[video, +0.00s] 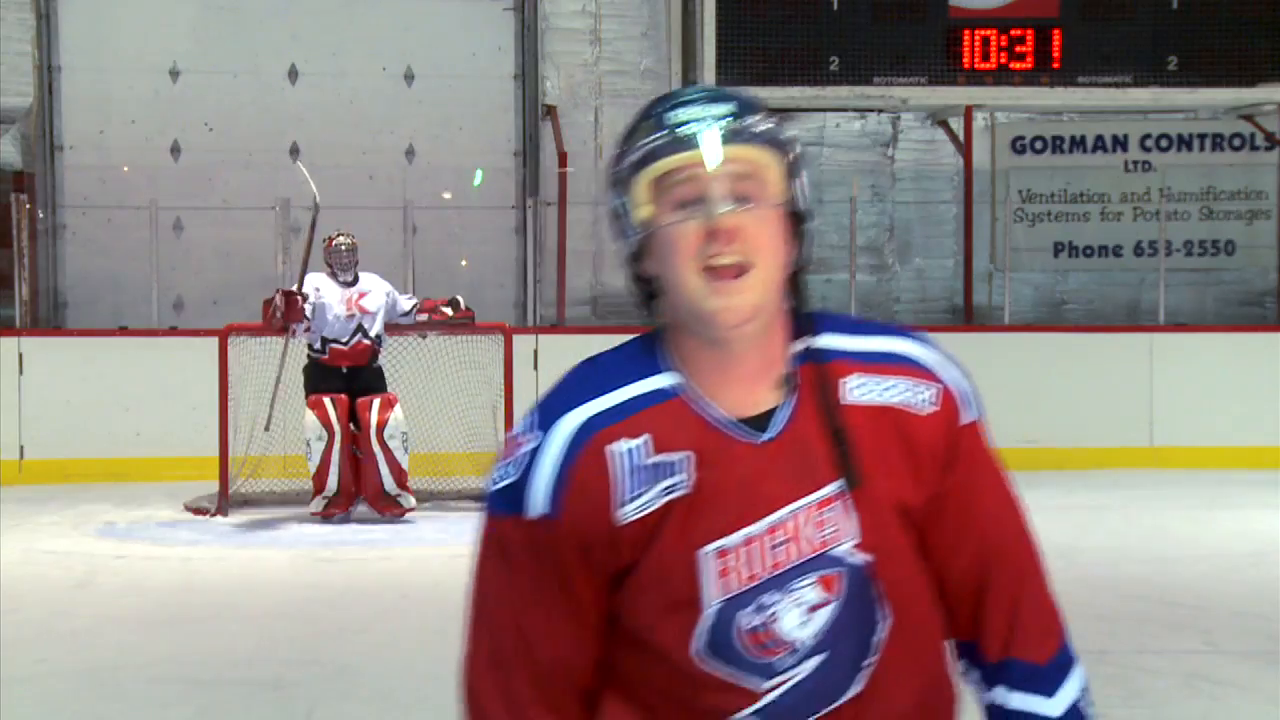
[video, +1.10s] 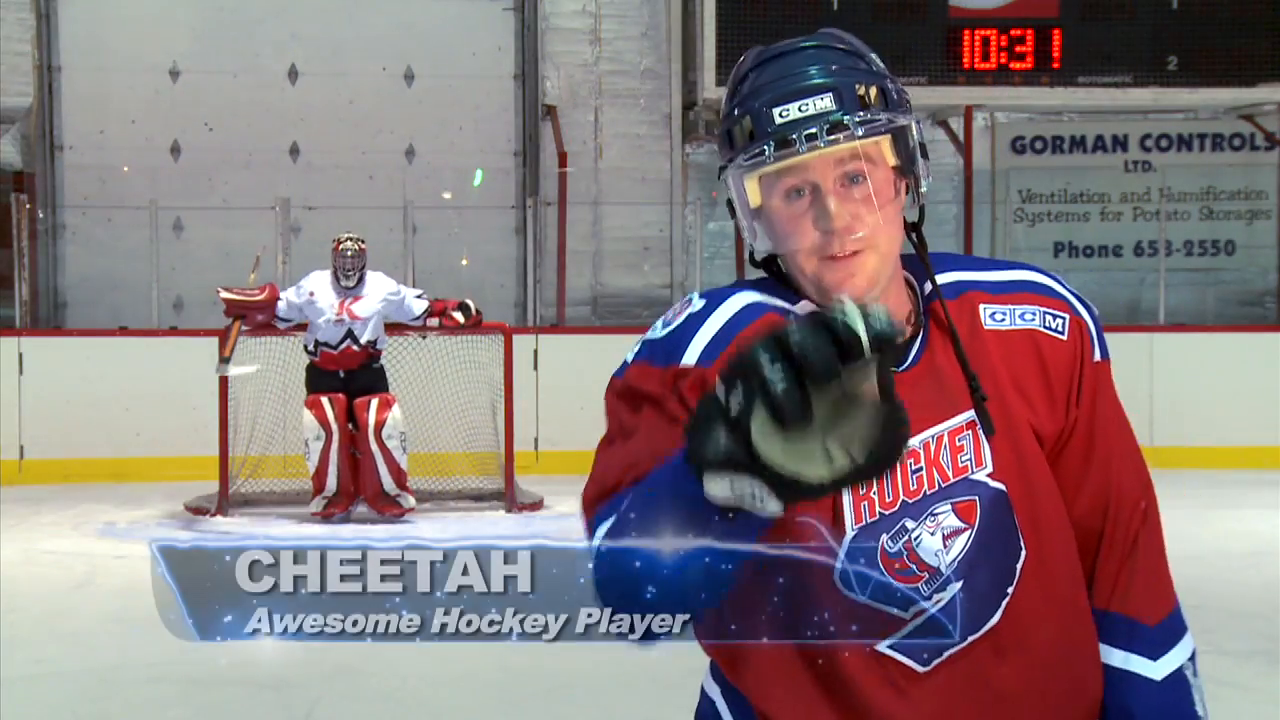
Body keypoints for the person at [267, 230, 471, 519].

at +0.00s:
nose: (344, 259)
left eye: (349, 253)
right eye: (338, 254)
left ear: (356, 254)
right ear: (328, 257)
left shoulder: (375, 284)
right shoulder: (315, 284)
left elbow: (404, 308)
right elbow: (301, 321)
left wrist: (442, 307)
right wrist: (291, 309)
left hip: (366, 372)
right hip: (325, 374)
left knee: (382, 429)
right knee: (330, 432)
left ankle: (388, 499)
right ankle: (332, 501)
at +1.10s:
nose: (349, 262)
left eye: (355, 256)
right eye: (343, 256)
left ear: (363, 259)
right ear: (334, 259)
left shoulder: (381, 287)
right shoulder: (314, 285)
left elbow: (419, 308)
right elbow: (280, 311)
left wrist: (452, 310)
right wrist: (247, 308)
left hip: (367, 372)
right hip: (324, 373)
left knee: (380, 430)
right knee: (328, 433)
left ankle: (385, 498)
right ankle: (334, 500)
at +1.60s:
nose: (339, 267)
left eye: (344, 261)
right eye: (333, 261)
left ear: (353, 261)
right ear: (323, 262)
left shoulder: (373, 286)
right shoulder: (306, 287)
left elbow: (403, 312)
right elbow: (276, 309)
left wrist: (426, 329)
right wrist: (242, 311)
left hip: (365, 373)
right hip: (323, 375)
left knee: (374, 433)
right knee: (326, 435)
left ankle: (387, 500)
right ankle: (334, 500)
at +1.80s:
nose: (335, 263)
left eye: (340, 257)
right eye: (329, 258)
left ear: (349, 259)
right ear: (319, 260)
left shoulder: (369, 286)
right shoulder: (303, 287)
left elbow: (400, 321)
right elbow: (271, 308)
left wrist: (397, 347)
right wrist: (234, 309)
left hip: (363, 371)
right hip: (322, 374)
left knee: (372, 431)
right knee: (327, 433)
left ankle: (390, 499)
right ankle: (334, 499)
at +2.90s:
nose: (338, 263)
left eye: (343, 257)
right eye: (332, 258)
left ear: (351, 259)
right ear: (322, 260)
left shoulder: (372, 289)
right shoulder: (307, 289)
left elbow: (392, 329)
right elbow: (281, 310)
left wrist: (362, 342)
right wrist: (248, 311)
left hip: (363, 374)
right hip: (322, 375)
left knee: (368, 432)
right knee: (322, 433)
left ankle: (391, 498)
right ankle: (332, 499)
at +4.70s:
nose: (343, 263)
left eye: (348, 257)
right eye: (337, 257)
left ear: (357, 259)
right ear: (328, 259)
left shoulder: (375, 290)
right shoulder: (310, 286)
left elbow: (406, 319)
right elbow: (278, 305)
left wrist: (397, 351)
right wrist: (240, 312)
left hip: (362, 373)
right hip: (321, 375)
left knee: (367, 431)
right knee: (325, 434)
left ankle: (390, 500)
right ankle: (333, 498)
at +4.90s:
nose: (344, 262)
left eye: (349, 257)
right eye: (338, 256)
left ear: (358, 259)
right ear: (328, 259)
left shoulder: (378, 289)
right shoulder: (310, 286)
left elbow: (412, 306)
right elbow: (274, 309)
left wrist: (422, 320)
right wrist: (241, 322)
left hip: (364, 373)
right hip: (322, 374)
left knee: (374, 433)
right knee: (324, 436)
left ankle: (390, 501)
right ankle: (332, 500)